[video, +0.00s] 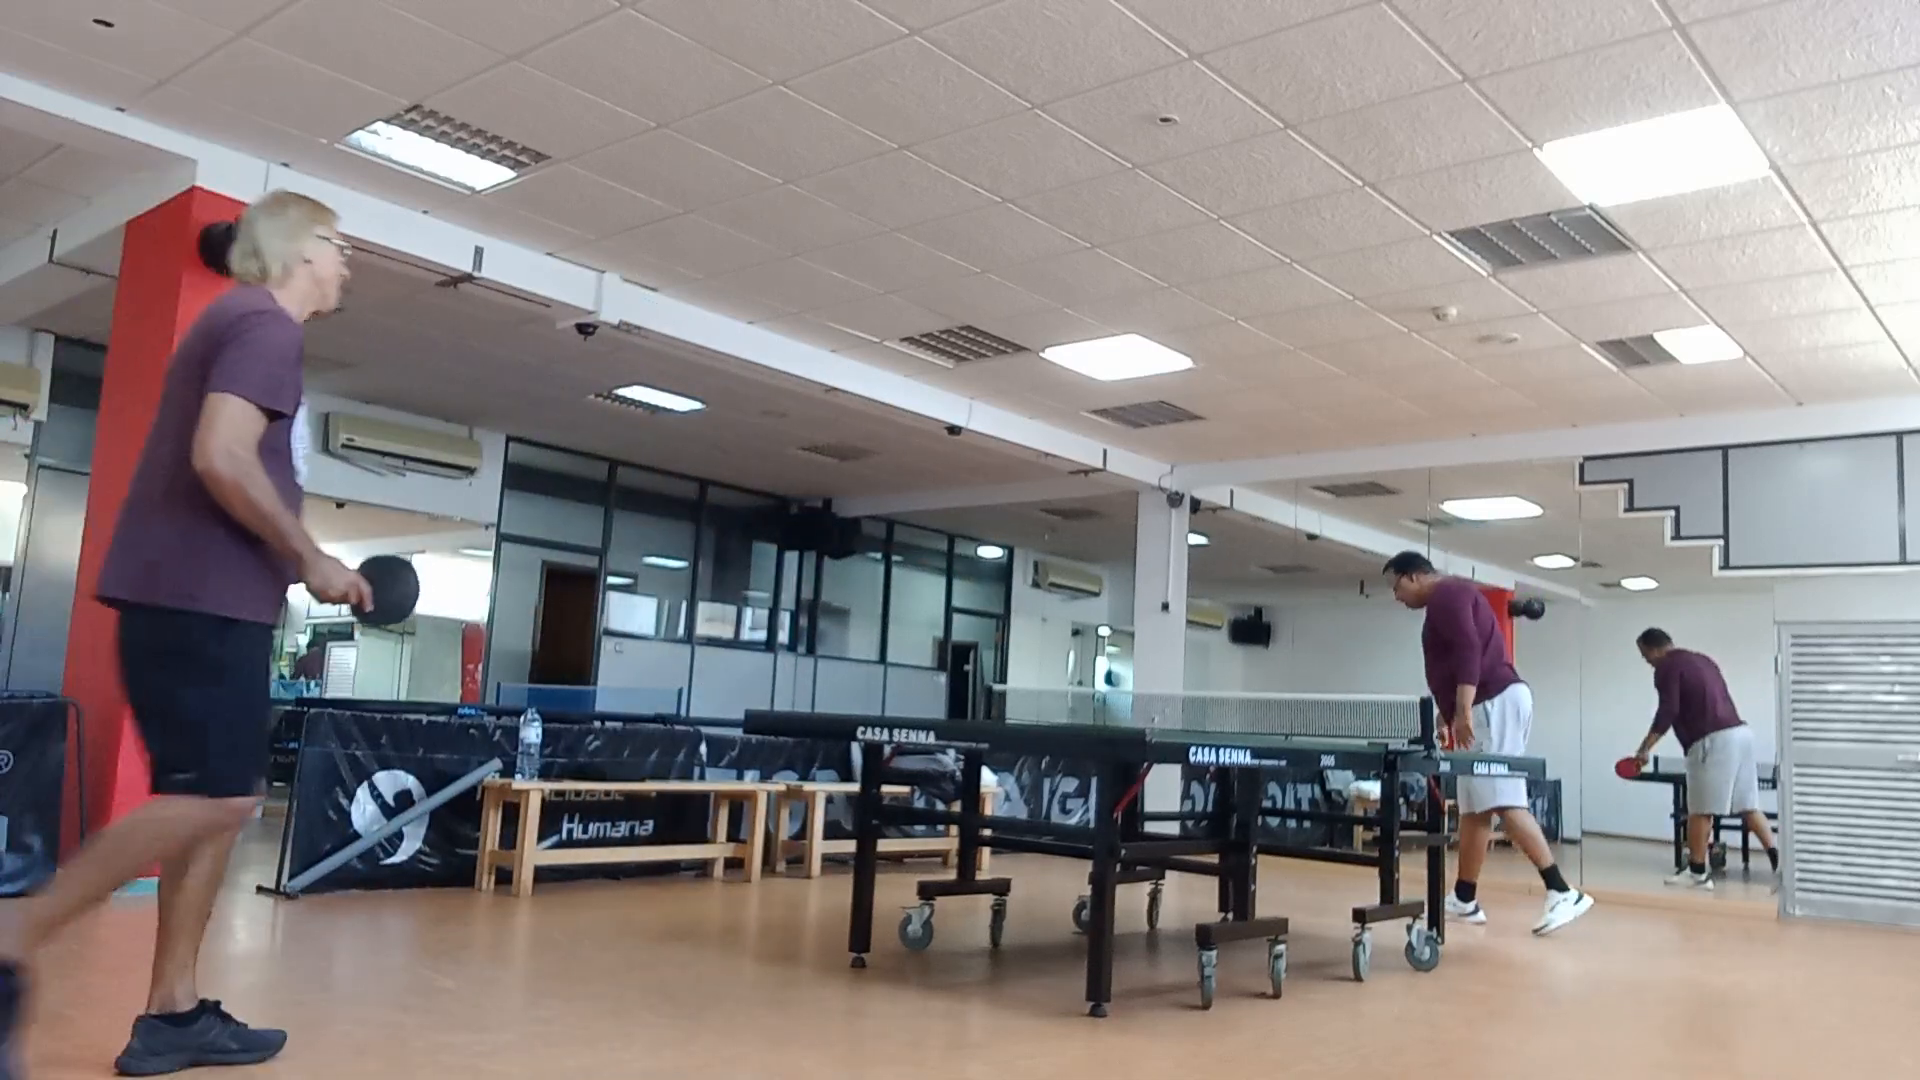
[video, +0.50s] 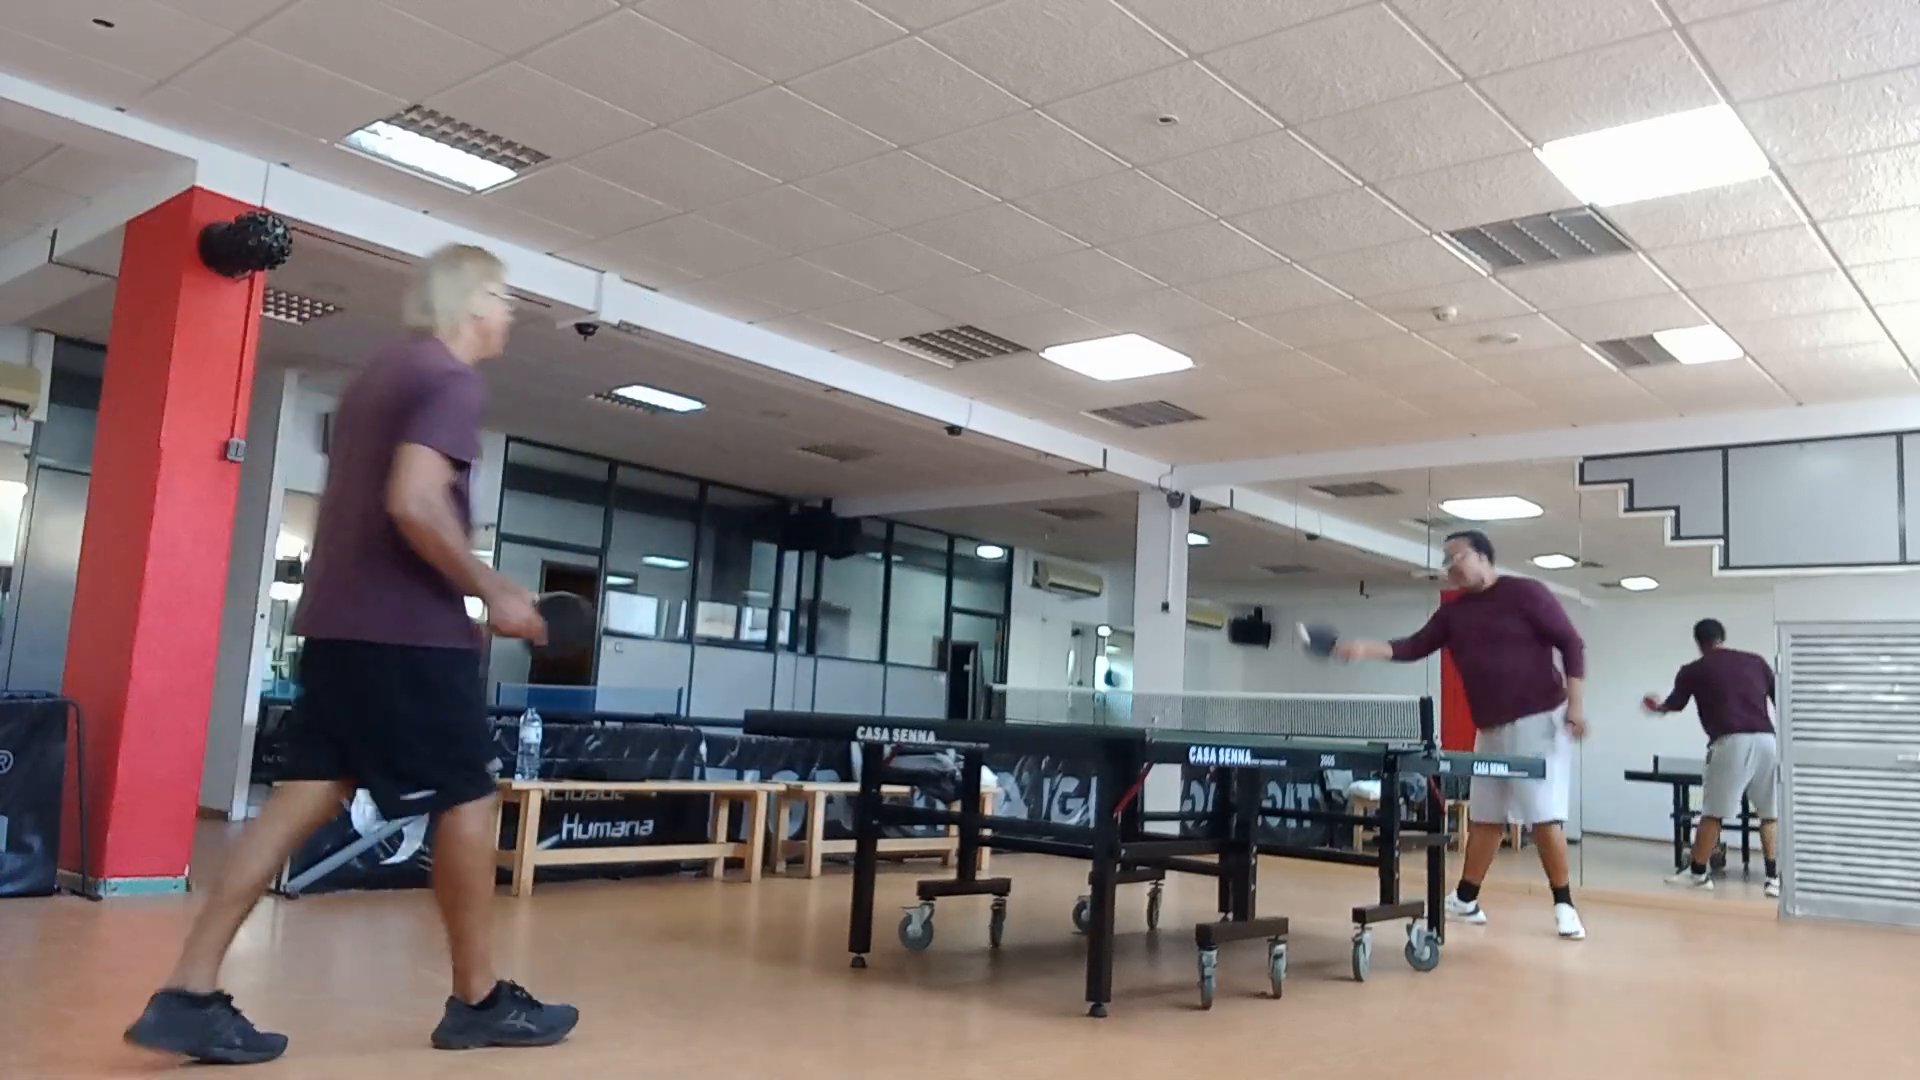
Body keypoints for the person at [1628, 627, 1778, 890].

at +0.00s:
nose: (1648, 662)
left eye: (1646, 656)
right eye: (1645, 658)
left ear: (1652, 650)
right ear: (1669, 644)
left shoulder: (1667, 666)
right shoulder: (1700, 658)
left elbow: (1669, 711)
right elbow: (1713, 701)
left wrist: (1644, 749)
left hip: (1711, 740)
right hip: (1740, 733)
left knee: (1699, 811)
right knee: (1749, 806)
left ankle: (1698, 872)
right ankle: (1776, 858)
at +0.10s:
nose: (1654, 660)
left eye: (1652, 655)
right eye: (1652, 656)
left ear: (1656, 649)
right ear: (1676, 643)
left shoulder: (1666, 669)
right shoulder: (1708, 658)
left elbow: (1665, 715)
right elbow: (1735, 702)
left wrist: (1646, 752)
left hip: (1712, 740)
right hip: (1743, 734)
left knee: (1700, 811)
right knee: (1752, 806)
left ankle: (1698, 872)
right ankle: (1777, 858)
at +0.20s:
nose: (1662, 656)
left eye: (1660, 651)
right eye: (1661, 651)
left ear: (1664, 648)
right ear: (1685, 640)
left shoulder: (1668, 673)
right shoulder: (1719, 659)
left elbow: (1663, 718)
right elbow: (1747, 700)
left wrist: (1649, 755)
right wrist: (1744, 735)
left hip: (1714, 741)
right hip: (1747, 736)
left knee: (1702, 811)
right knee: (1755, 806)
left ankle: (1698, 872)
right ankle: (1778, 861)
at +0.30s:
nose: (1672, 651)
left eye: (1671, 647)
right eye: (1673, 647)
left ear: (1672, 645)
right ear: (1696, 638)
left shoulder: (1673, 673)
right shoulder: (1730, 658)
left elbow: (1663, 719)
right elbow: (1758, 697)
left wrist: (1647, 754)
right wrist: (1753, 730)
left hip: (1718, 741)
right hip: (1753, 738)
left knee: (1706, 811)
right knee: (1757, 806)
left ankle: (1698, 872)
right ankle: (1777, 864)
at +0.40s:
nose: (1684, 649)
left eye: (1683, 645)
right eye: (1685, 645)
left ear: (1684, 643)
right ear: (1709, 638)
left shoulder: (1683, 670)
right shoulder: (1742, 659)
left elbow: (1667, 711)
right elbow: (1769, 695)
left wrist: (1648, 734)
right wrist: (1769, 728)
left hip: (1724, 742)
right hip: (1759, 740)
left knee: (1710, 812)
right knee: (1763, 811)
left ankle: (1697, 873)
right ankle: (1775, 871)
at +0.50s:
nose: (1705, 646)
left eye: (1701, 642)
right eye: (1712, 641)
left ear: (1698, 643)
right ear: (1723, 638)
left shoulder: (1693, 671)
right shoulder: (1754, 661)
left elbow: (1676, 703)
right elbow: (1780, 699)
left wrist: (1656, 708)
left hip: (1730, 743)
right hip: (1766, 742)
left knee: (1713, 813)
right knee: (1769, 814)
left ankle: (1697, 872)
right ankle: (1773, 878)